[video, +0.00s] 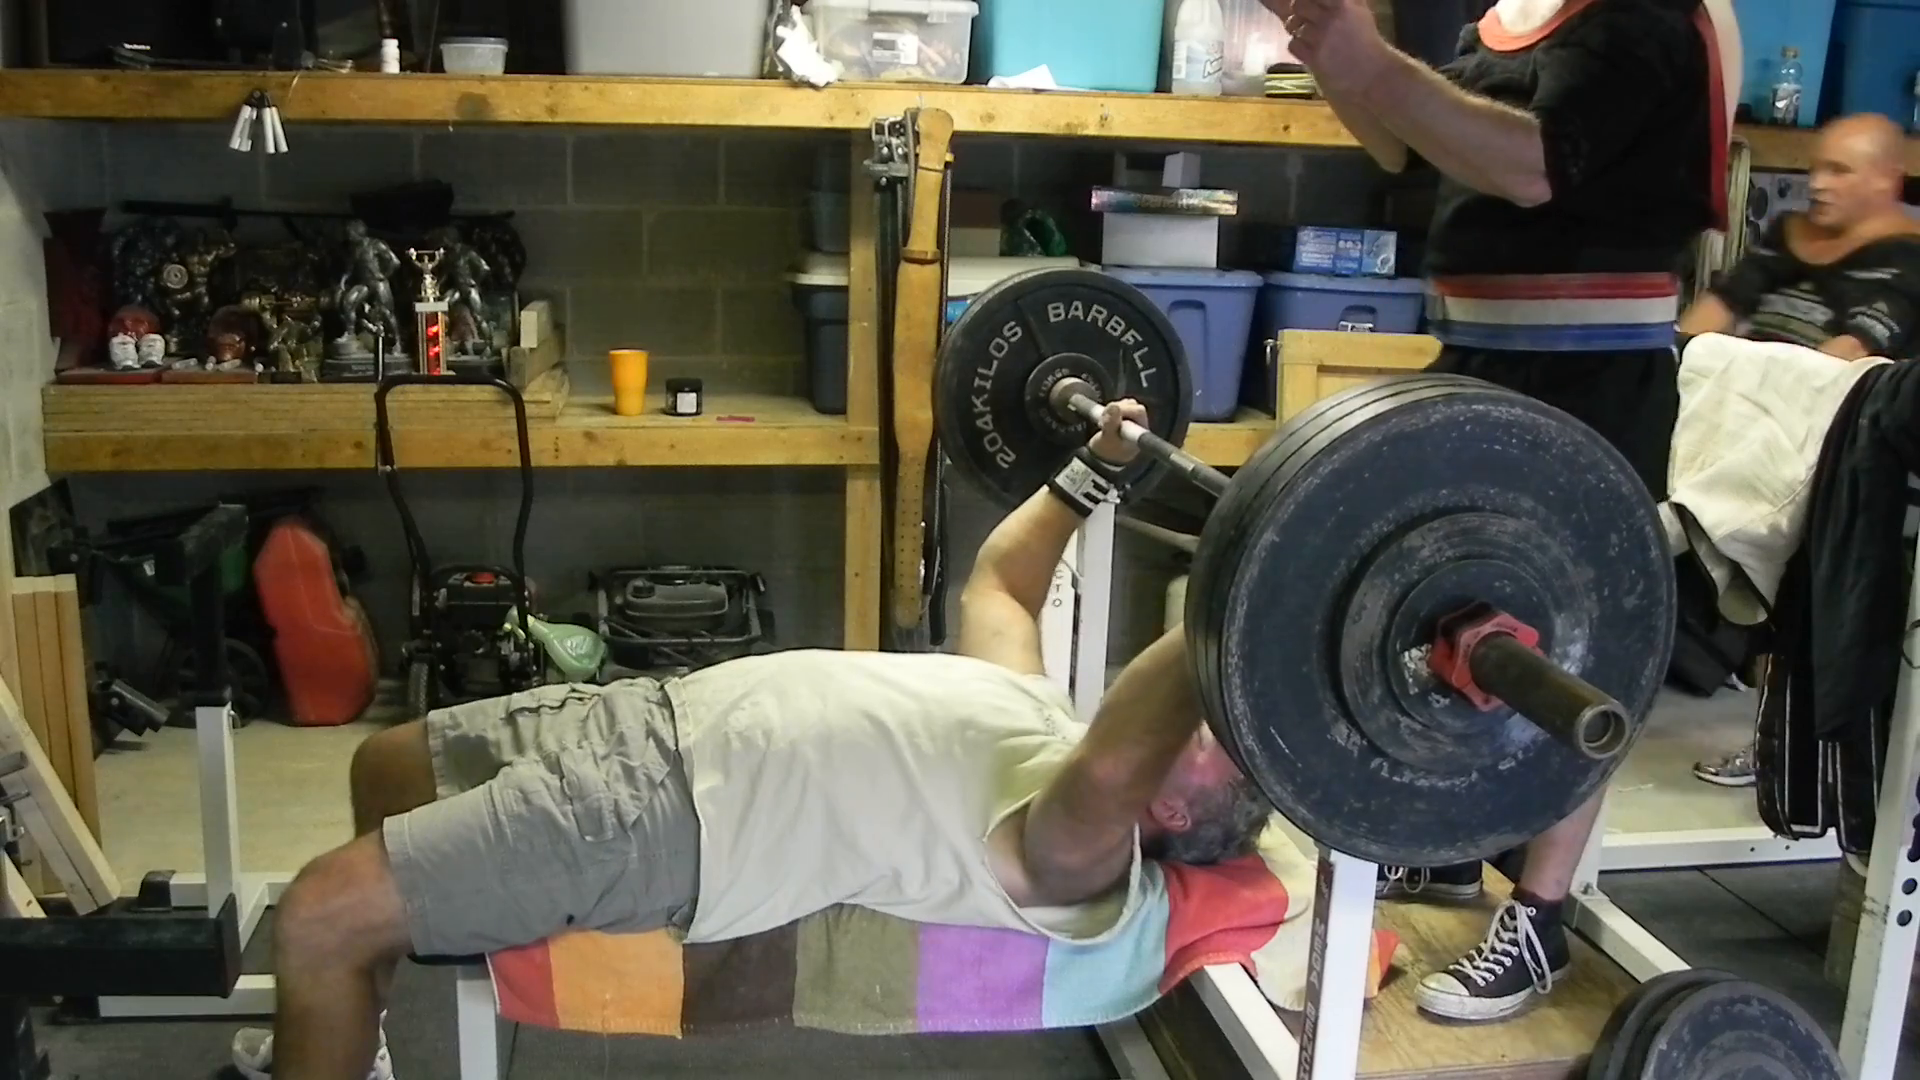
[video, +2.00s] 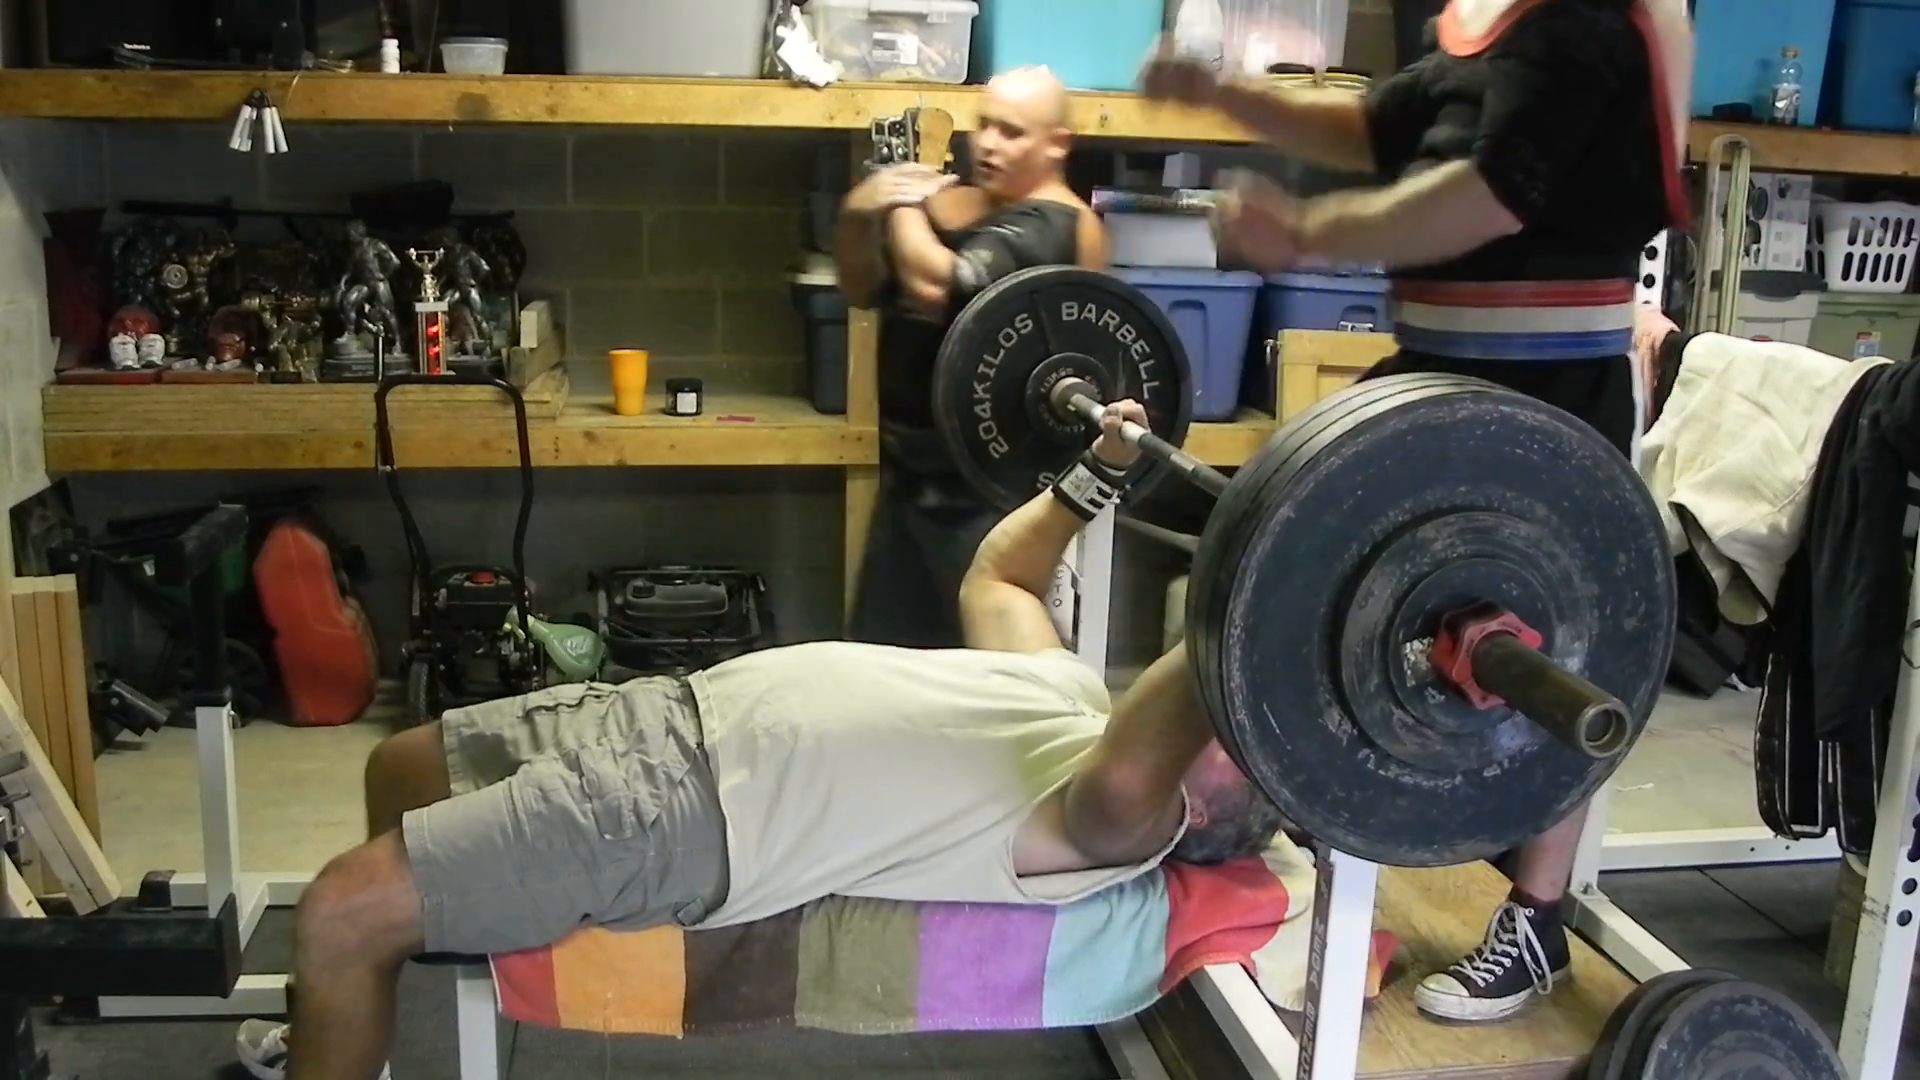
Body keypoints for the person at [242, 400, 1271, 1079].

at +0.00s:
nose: (1190, 740)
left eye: (1219, 751)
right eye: (1203, 724)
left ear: (1203, 816)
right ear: (1172, 739)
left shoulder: (1074, 861)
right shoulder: (1023, 715)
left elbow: (1128, 748)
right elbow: (1007, 581)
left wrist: (1243, 605)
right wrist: (1089, 467)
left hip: (664, 821)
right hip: (648, 712)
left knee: (318, 917)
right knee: (384, 766)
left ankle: (333, 1061)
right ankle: (373, 1007)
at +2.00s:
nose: (1209, 742)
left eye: (1231, 749)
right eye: (1219, 722)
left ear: (1230, 798)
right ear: (1197, 726)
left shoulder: (1115, 825)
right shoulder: (1057, 706)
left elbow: (1147, 750)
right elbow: (1005, 573)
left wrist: (1261, 600)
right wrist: (1091, 472)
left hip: (687, 813)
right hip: (670, 709)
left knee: (343, 911)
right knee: (399, 769)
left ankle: (320, 1067)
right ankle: (376, 1011)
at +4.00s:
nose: (1191, 722)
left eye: (1224, 744)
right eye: (1214, 721)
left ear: (1207, 833)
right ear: (1187, 720)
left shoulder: (1088, 871)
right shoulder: (1047, 720)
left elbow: (1149, 763)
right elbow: (1009, 587)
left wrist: (1282, 609)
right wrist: (1101, 478)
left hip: (665, 817)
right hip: (652, 713)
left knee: (323, 916)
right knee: (390, 768)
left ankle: (331, 1064)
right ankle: (349, 1000)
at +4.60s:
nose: (1189, 720)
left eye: (1220, 742)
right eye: (1211, 722)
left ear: (1201, 828)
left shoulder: (1088, 875)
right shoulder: (1051, 722)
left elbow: (1142, 761)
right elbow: (1015, 587)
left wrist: (1276, 619)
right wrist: (1105, 474)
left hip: (672, 814)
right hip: (660, 714)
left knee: (328, 910)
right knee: (393, 759)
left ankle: (344, 1063)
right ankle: (405, 989)